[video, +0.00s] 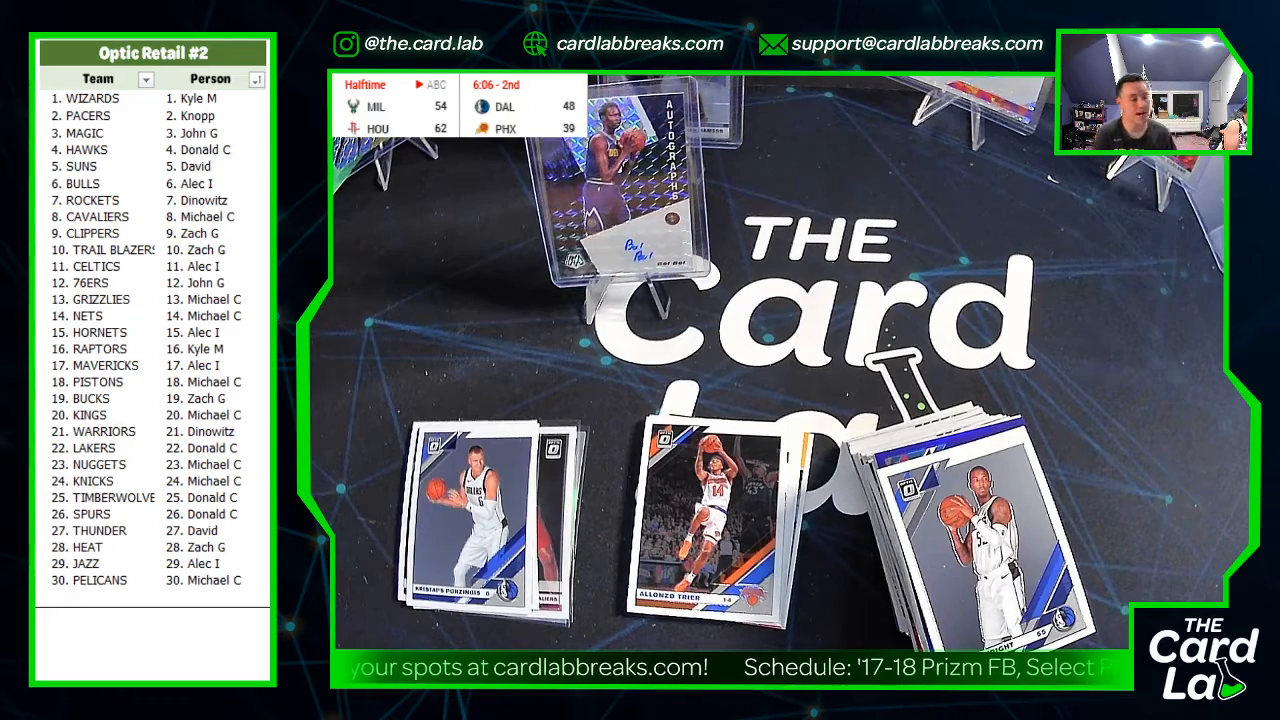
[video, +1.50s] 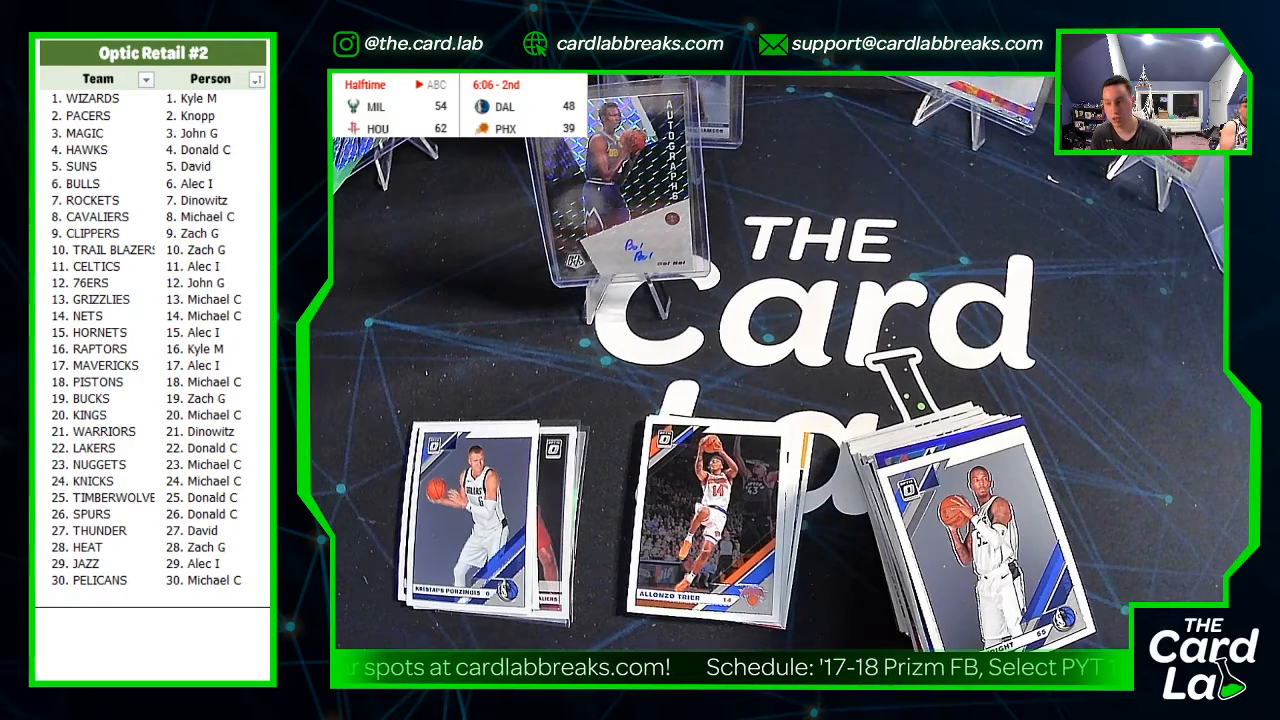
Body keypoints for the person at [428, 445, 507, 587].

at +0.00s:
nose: (479, 463)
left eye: (481, 460)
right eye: (475, 460)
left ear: (484, 460)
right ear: (469, 461)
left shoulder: (491, 477)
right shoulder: (464, 476)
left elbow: (488, 512)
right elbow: (464, 503)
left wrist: (466, 504)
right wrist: (439, 500)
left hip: (496, 531)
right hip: (478, 531)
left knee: (495, 572)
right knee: (459, 571)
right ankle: (461, 606)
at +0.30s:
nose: (479, 463)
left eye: (481, 460)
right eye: (475, 460)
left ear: (484, 459)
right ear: (469, 461)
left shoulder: (491, 477)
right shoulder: (464, 476)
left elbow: (488, 512)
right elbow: (464, 503)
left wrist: (466, 504)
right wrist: (439, 500)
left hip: (496, 531)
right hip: (478, 531)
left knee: (494, 572)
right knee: (459, 571)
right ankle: (461, 605)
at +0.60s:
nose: (480, 463)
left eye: (481, 460)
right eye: (475, 460)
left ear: (484, 459)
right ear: (469, 461)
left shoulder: (491, 476)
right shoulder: (464, 476)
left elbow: (488, 511)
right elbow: (464, 503)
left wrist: (465, 504)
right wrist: (439, 500)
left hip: (496, 531)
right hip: (478, 531)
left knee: (495, 573)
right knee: (459, 571)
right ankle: (460, 606)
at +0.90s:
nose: (480, 464)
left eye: (482, 460)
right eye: (476, 461)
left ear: (484, 459)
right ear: (469, 461)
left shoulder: (491, 477)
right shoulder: (464, 476)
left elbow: (488, 511)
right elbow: (464, 503)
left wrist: (466, 504)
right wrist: (439, 500)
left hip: (496, 530)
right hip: (478, 531)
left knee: (495, 572)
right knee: (459, 571)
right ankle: (461, 606)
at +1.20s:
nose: (480, 463)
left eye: (482, 460)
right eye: (475, 460)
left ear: (484, 459)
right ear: (469, 461)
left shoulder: (491, 477)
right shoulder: (464, 476)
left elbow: (488, 512)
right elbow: (463, 503)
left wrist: (465, 504)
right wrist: (439, 500)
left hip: (497, 531)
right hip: (478, 531)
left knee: (494, 572)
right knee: (459, 571)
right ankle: (460, 606)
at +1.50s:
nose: (480, 463)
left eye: (482, 460)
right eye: (475, 460)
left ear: (484, 459)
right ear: (469, 461)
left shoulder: (491, 477)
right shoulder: (464, 476)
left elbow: (488, 512)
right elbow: (463, 503)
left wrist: (465, 504)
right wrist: (439, 500)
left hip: (497, 531)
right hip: (478, 531)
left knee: (494, 572)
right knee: (459, 571)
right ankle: (460, 606)